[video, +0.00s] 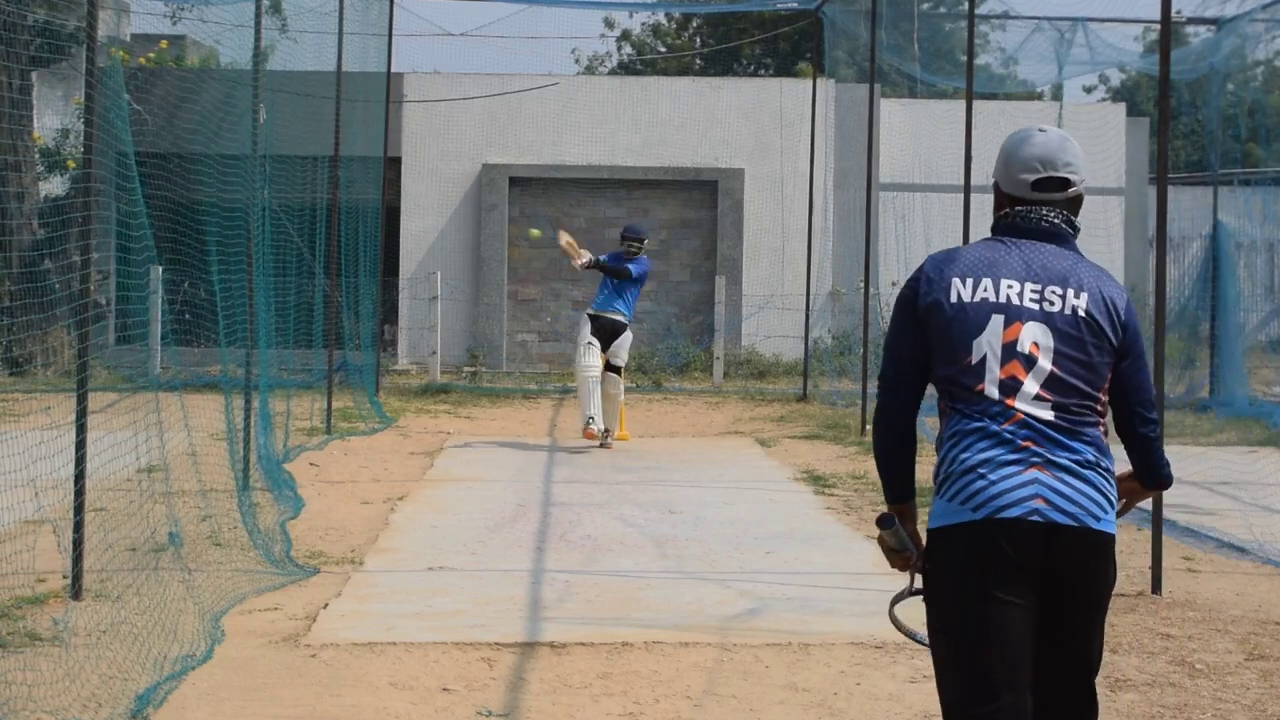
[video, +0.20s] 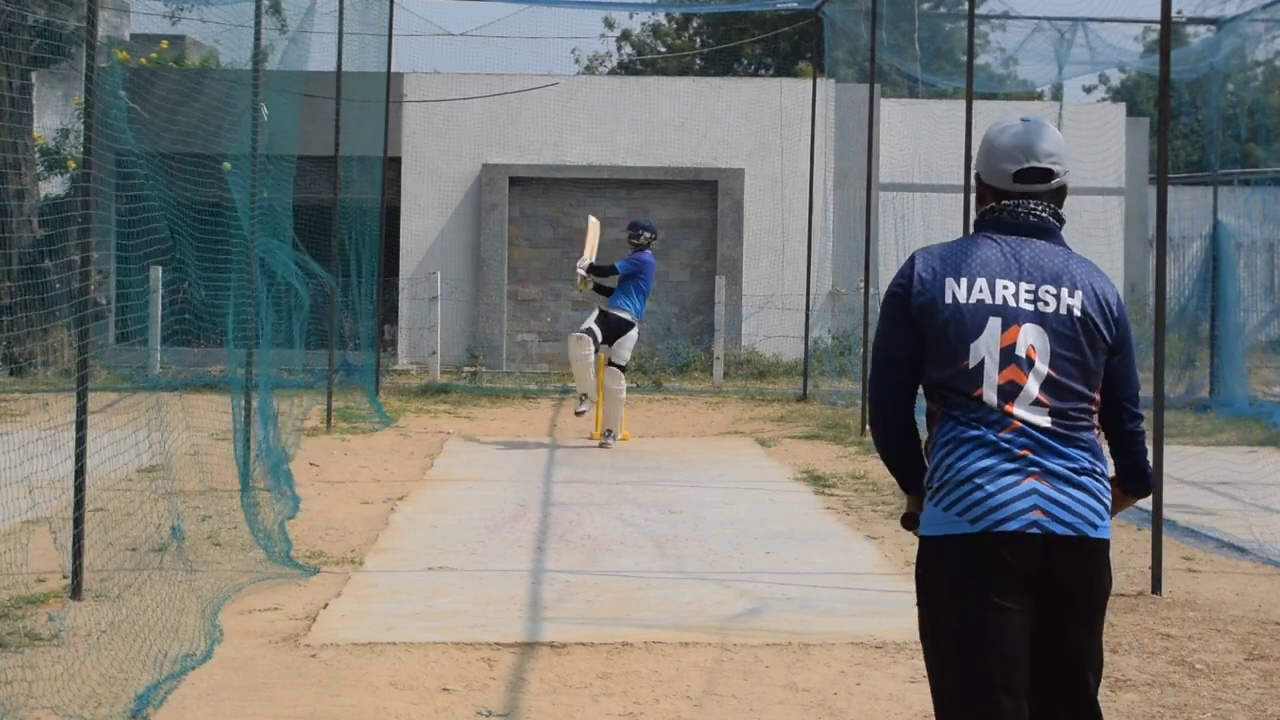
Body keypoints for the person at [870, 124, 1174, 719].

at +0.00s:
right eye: (1072, 193)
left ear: (998, 197)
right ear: (1076, 202)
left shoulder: (938, 275)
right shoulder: (1107, 291)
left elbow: (893, 411)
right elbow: (1139, 417)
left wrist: (901, 513)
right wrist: (1147, 476)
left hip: (976, 518)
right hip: (1084, 523)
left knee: (983, 701)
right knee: (1069, 698)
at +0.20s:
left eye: (981, 182)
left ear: (982, 189)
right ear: (1061, 195)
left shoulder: (926, 271)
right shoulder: (1098, 286)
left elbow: (887, 409)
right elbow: (1124, 417)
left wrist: (920, 490)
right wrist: (1130, 483)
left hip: (969, 531)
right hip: (1079, 533)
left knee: (978, 705)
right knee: (1071, 705)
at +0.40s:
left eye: (979, 179)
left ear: (980, 187)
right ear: (1061, 189)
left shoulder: (928, 271)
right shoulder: (1102, 281)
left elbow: (885, 404)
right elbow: (1125, 411)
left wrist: (951, 460)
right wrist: (1129, 474)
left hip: (979, 531)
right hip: (1091, 531)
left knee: (990, 708)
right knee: (1086, 705)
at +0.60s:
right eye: (1084, 187)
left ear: (1004, 192)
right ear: (1086, 194)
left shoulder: (948, 271)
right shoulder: (1124, 282)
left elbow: (909, 401)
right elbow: (1154, 424)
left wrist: (983, 445)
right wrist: (1149, 494)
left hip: (996, 533)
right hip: (1114, 532)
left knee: (1002, 708)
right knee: (1137, 705)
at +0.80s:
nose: (1166, 239)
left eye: (1166, 229)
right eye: (1164, 228)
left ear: (1084, 219)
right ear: (1154, 225)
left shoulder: (1002, 284)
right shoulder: (1181, 301)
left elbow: (971, 414)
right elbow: (1208, 446)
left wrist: (1034, 476)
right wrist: (1172, 515)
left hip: (1025, 547)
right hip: (1153, 549)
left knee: (1010, 710)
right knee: (1202, 709)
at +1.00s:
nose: (1273, 337)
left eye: (1274, 329)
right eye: (1274, 328)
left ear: (1201, 305)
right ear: (1265, 319)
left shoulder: (1116, 351)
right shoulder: (1270, 354)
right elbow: (1268, 486)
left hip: (1101, 557)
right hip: (1241, 565)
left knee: (1045, 708)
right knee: (1261, 706)